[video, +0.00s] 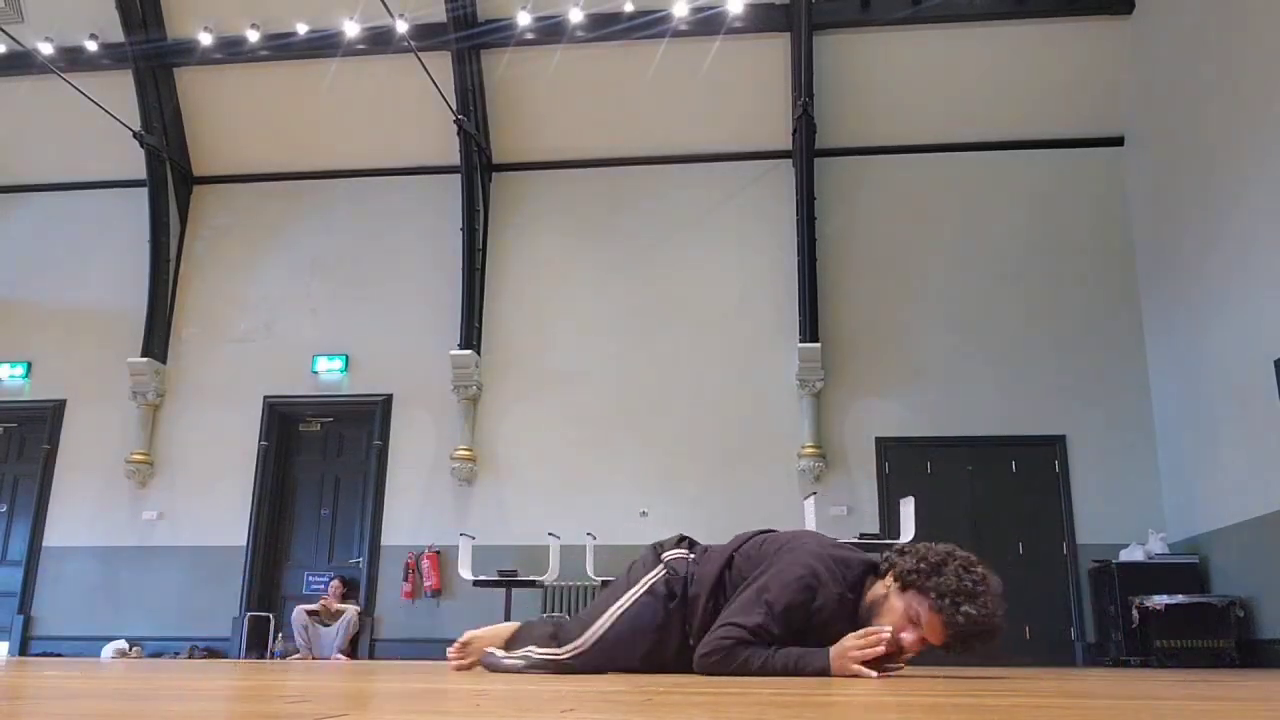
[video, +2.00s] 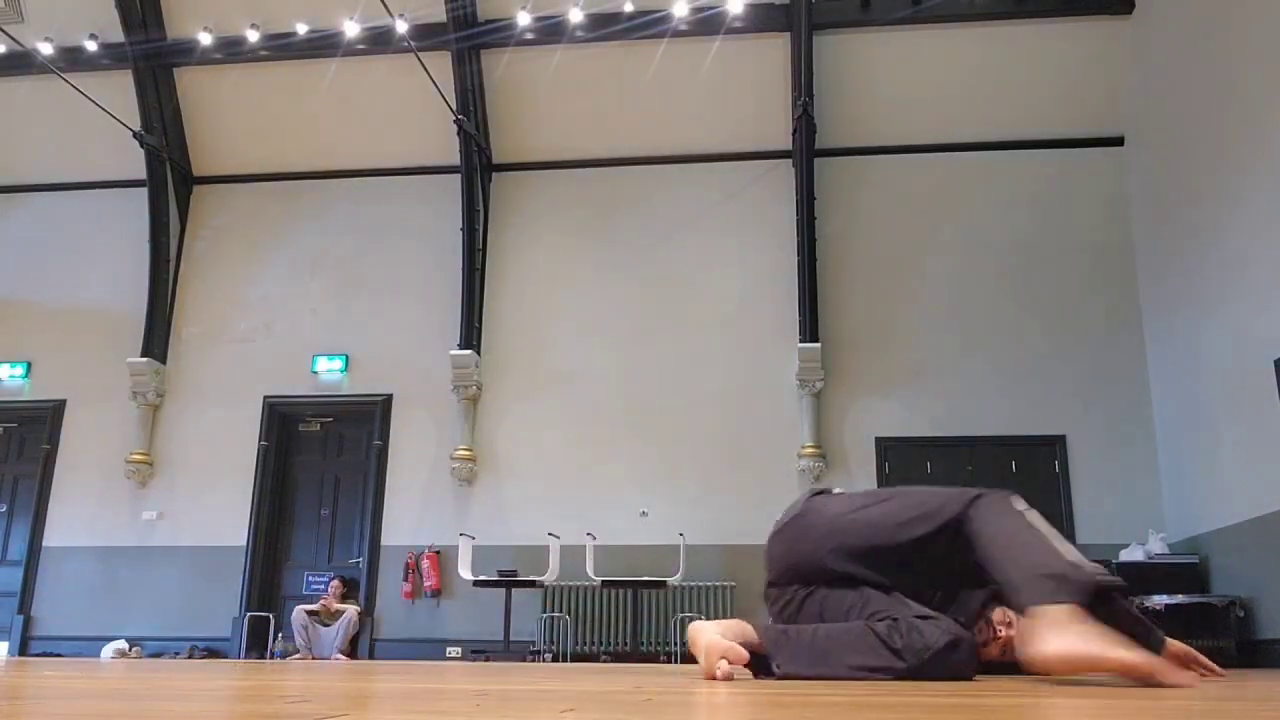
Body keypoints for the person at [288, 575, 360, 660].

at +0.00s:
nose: (333, 590)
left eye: (337, 588)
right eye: (331, 587)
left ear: (344, 590)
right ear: (328, 589)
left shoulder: (349, 604)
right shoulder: (322, 604)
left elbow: (358, 609)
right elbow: (298, 608)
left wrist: (336, 607)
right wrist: (318, 607)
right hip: (316, 634)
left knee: (352, 614)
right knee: (297, 612)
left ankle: (337, 653)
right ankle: (304, 653)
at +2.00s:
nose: (333, 591)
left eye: (337, 588)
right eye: (331, 587)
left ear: (343, 590)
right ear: (328, 589)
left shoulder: (349, 603)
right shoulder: (323, 603)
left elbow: (357, 610)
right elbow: (297, 608)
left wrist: (335, 607)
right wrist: (317, 607)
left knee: (352, 613)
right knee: (297, 612)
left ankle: (336, 653)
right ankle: (304, 652)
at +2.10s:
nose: (333, 591)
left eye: (337, 588)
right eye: (331, 587)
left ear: (343, 590)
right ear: (328, 589)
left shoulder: (349, 603)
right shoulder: (323, 603)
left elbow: (357, 610)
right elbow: (297, 608)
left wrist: (335, 607)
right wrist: (317, 607)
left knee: (352, 613)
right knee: (297, 612)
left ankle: (336, 653)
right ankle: (304, 652)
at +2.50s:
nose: (333, 591)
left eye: (337, 588)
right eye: (331, 588)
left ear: (344, 590)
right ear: (328, 589)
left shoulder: (349, 602)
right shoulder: (323, 603)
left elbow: (357, 610)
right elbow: (297, 608)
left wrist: (334, 606)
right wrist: (318, 607)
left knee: (352, 614)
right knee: (297, 612)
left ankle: (336, 653)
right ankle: (304, 653)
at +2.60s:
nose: (333, 591)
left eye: (337, 588)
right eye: (331, 588)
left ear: (344, 590)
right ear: (328, 589)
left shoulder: (349, 602)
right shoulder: (323, 603)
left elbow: (357, 610)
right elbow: (297, 608)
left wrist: (334, 606)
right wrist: (317, 607)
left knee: (352, 614)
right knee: (297, 612)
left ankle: (336, 653)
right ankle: (304, 653)